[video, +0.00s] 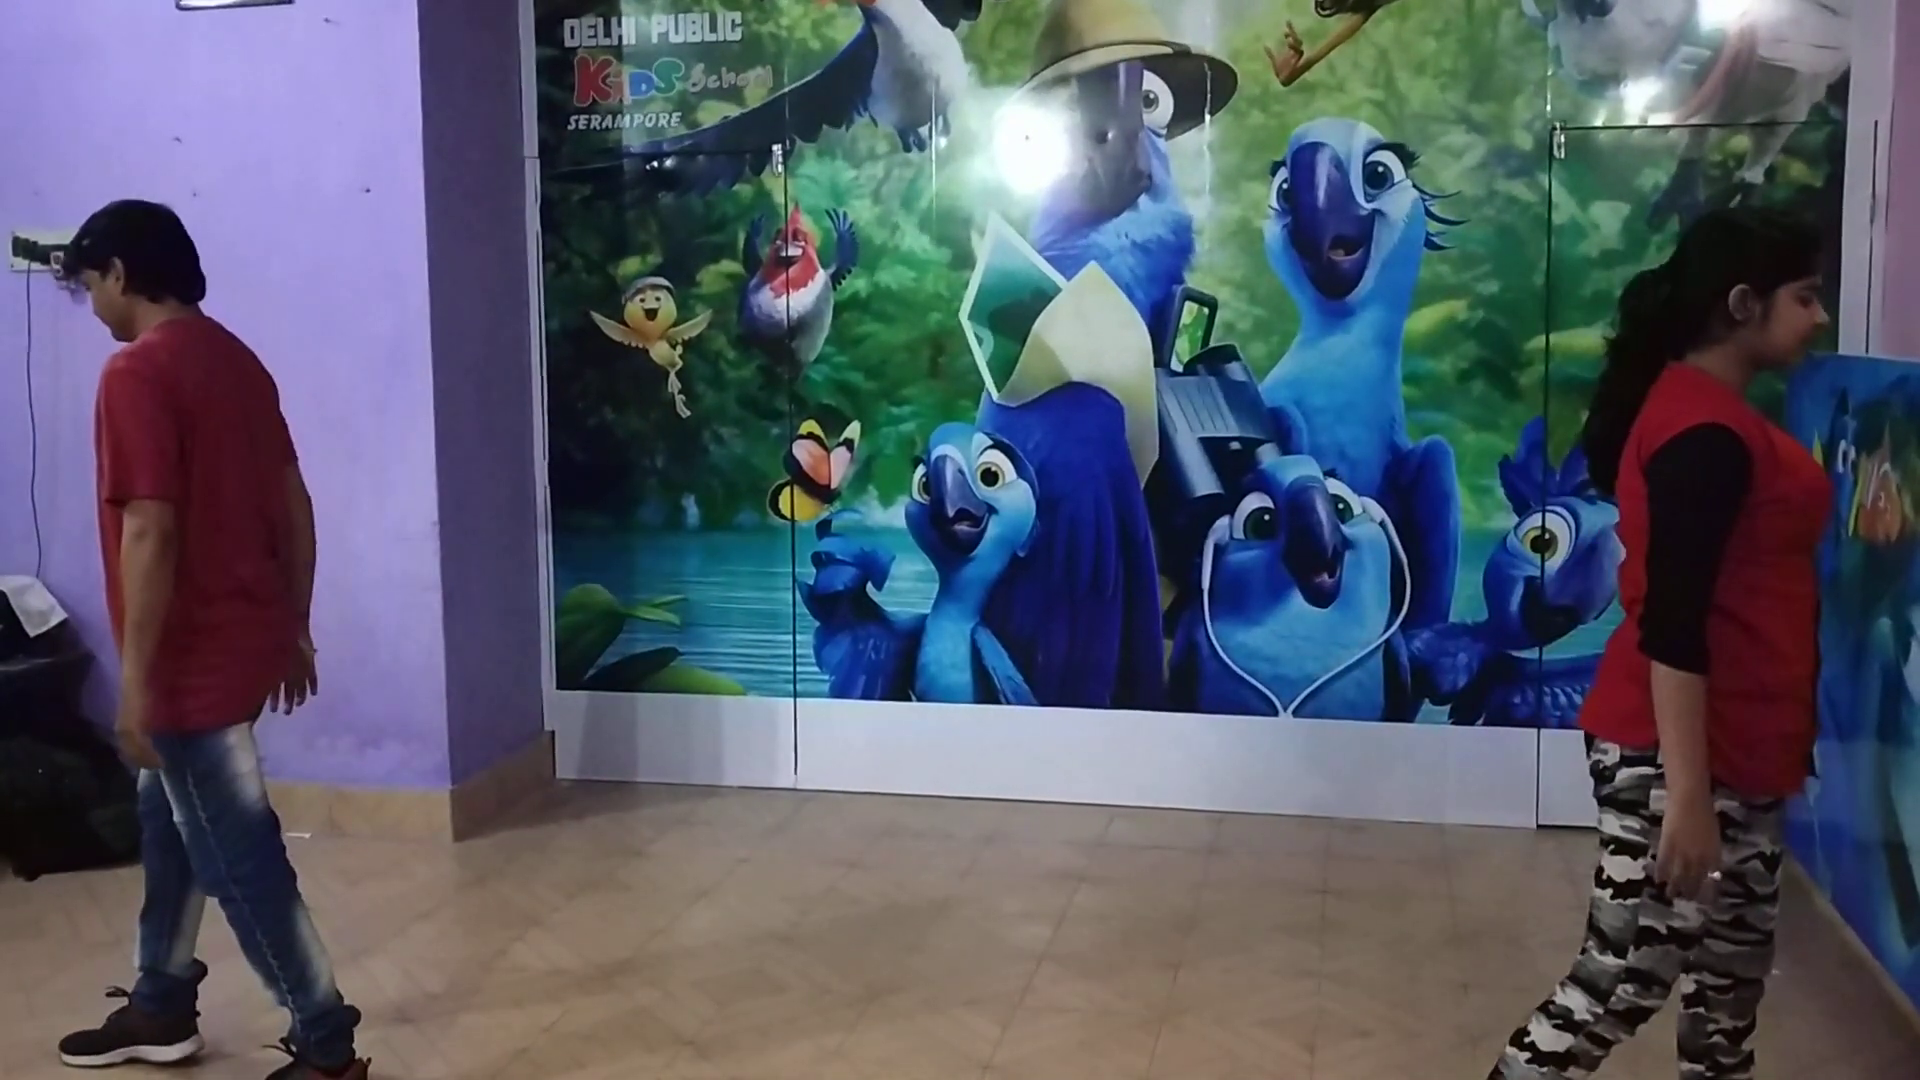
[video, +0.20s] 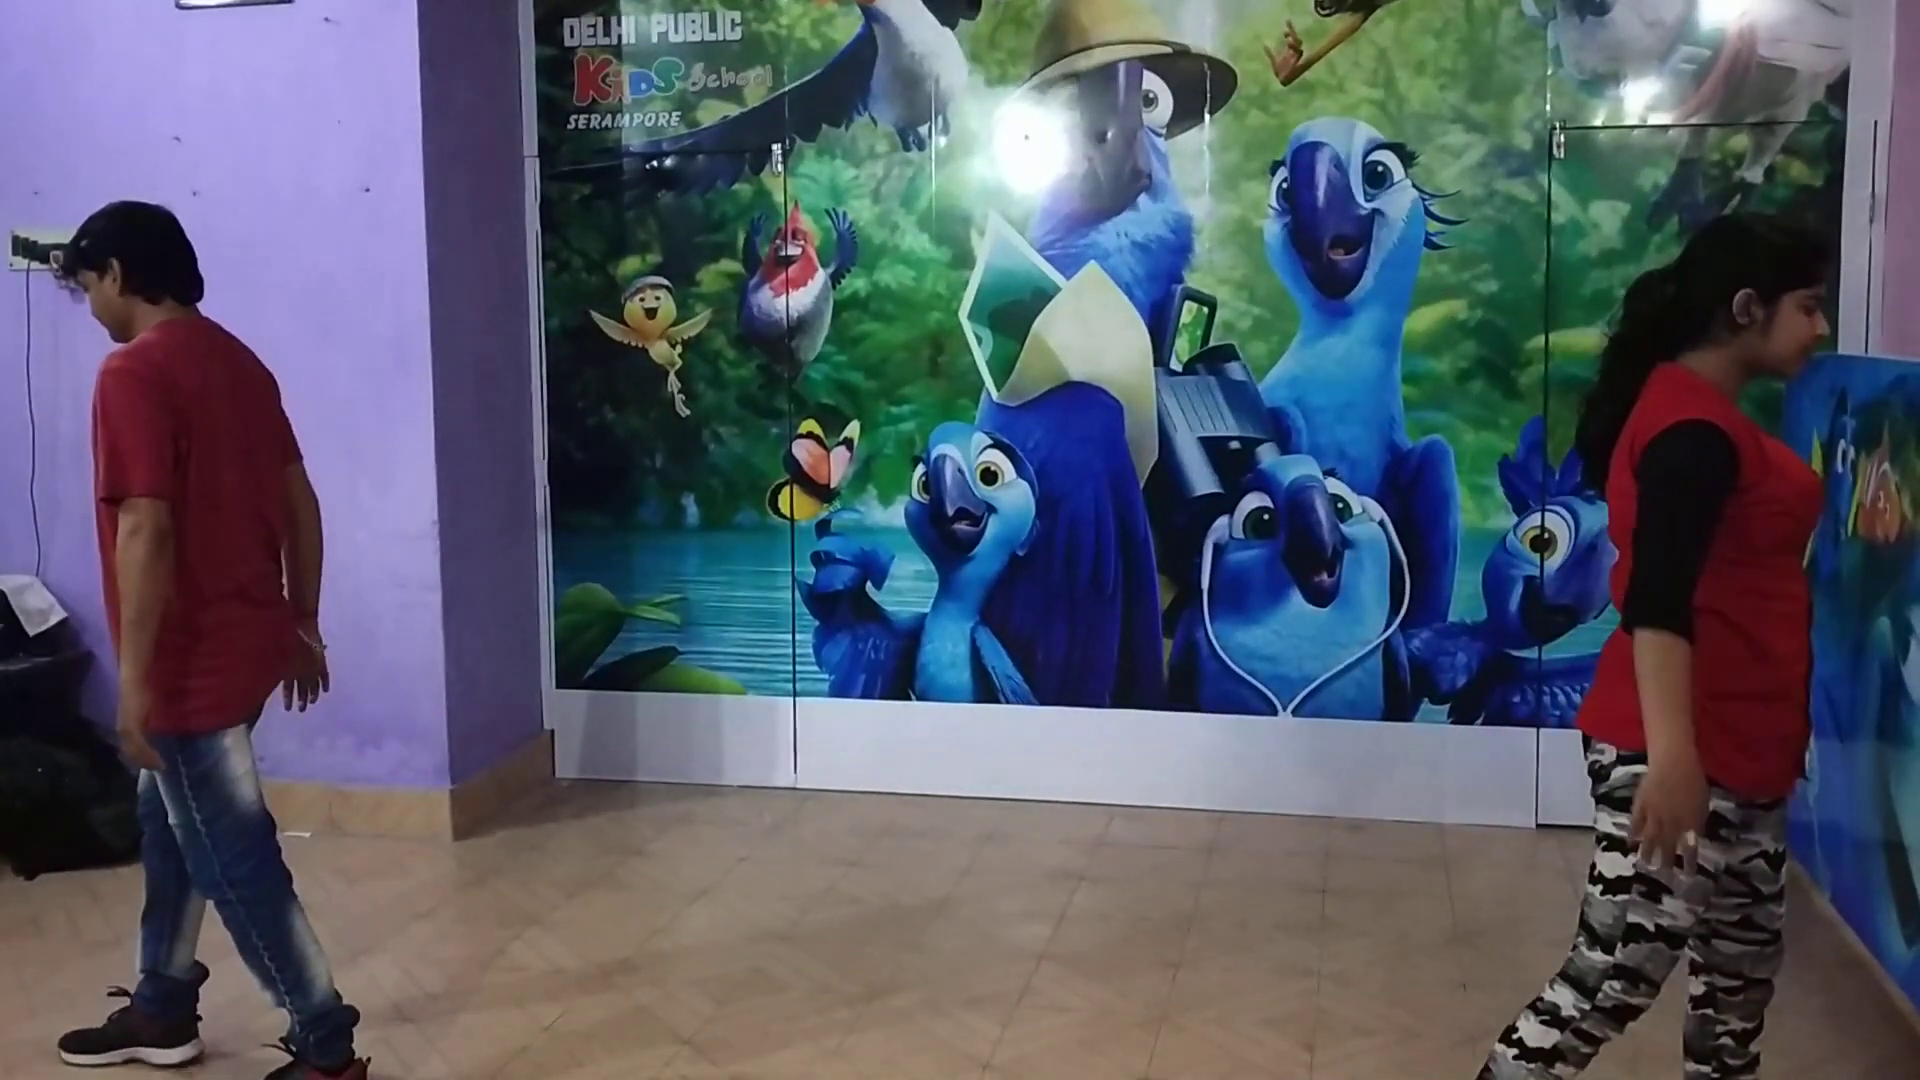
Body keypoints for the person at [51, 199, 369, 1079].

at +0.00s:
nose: (89, 304)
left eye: (88, 284)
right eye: (84, 287)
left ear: (121, 273)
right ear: (174, 271)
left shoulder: (139, 371)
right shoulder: (240, 360)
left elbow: (150, 528)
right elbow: (292, 503)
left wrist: (135, 685)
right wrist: (296, 625)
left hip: (182, 655)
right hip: (241, 639)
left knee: (241, 855)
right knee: (169, 820)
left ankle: (326, 1043)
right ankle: (161, 1008)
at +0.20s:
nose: (88, 304)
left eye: (87, 285)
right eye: (83, 287)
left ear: (118, 274)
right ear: (173, 272)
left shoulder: (134, 372)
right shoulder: (242, 363)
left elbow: (146, 525)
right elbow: (297, 499)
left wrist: (134, 682)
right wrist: (305, 621)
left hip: (181, 654)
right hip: (246, 637)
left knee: (237, 860)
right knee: (170, 828)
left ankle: (327, 1047)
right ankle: (162, 1011)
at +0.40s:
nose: (89, 307)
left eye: (87, 287)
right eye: (82, 290)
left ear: (118, 277)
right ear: (176, 274)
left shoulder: (140, 373)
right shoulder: (248, 361)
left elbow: (187, 508)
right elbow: (320, 488)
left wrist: (214, 650)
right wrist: (345, 603)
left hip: (158, 666)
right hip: (223, 650)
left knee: (226, 858)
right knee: (139, 812)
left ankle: (326, 1044)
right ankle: (160, 1012)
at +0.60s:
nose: (56, 307)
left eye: (61, 291)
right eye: (57, 291)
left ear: (92, 297)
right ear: (148, 299)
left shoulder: (89, 398)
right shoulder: (208, 386)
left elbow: (107, 516)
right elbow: (301, 481)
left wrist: (120, 631)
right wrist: (396, 549)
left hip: (154, 664)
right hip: (225, 648)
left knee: (177, 901)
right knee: (105, 810)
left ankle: (317, 1045)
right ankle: (153, 1011)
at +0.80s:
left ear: (4, 418)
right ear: (59, 413)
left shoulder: (20, 504)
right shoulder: (112, 478)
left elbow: (9, 609)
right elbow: (180, 568)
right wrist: (261, 600)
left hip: (213, 708)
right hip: (270, 677)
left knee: (128, 912)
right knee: (108, 803)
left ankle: (297, 1034)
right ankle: (153, 1015)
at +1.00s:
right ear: (28, 532)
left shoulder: (15, 596)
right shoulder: (83, 573)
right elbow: (80, 708)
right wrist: (13, 783)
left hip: (239, 716)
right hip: (302, 685)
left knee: (132, 914)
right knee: (129, 800)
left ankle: (303, 1040)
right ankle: (154, 1017)